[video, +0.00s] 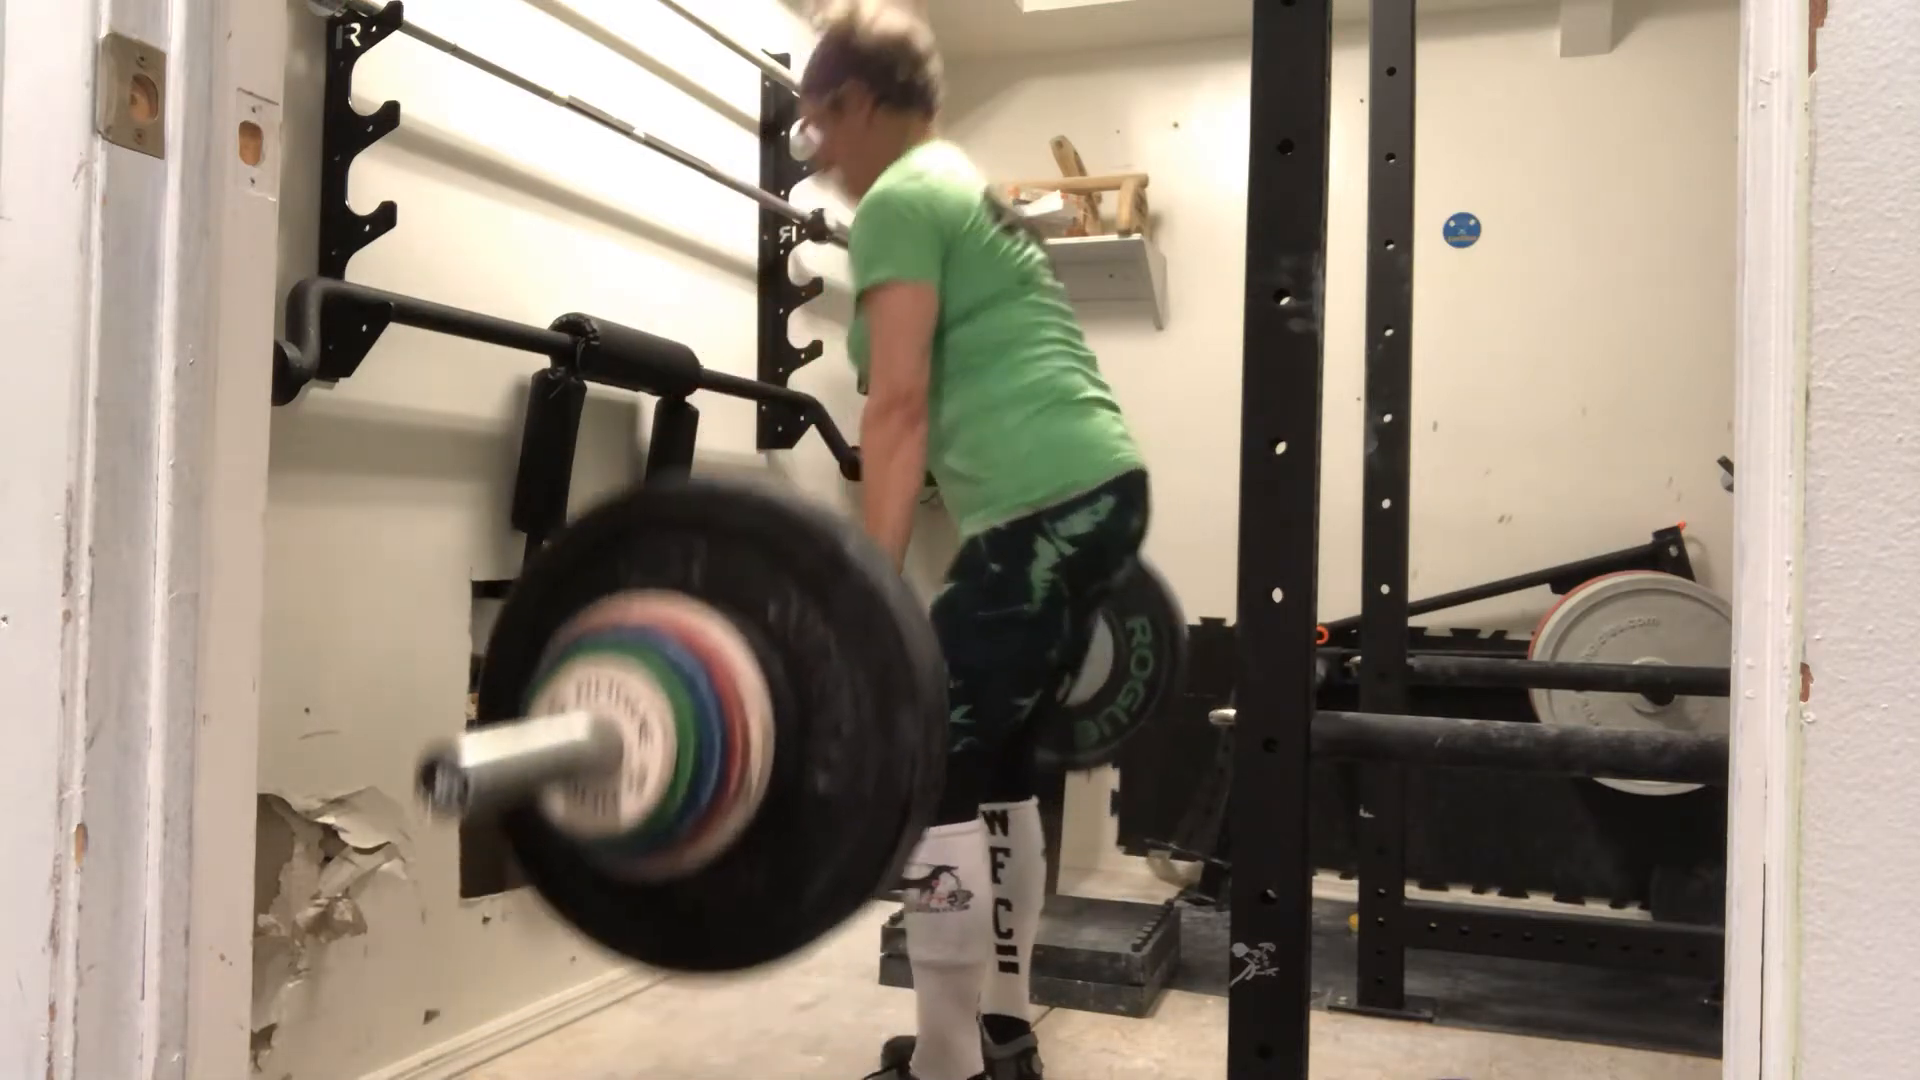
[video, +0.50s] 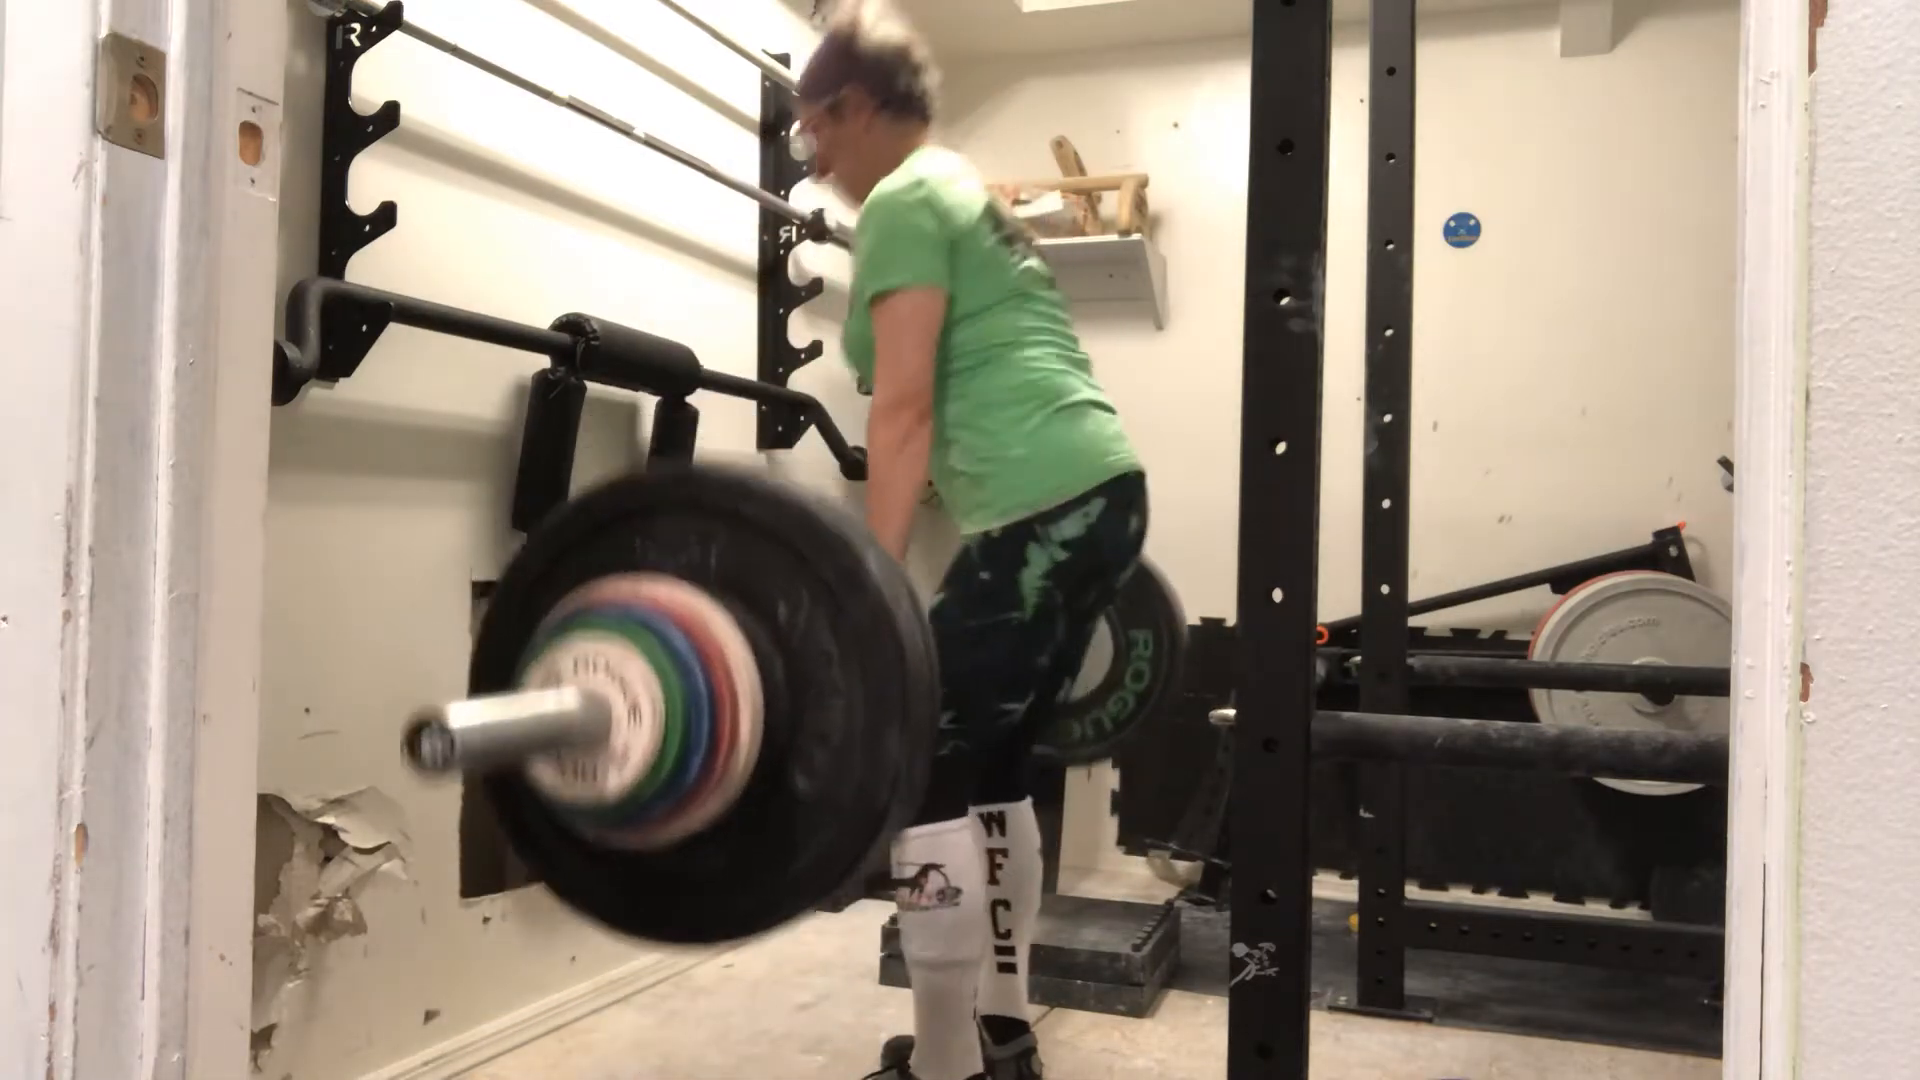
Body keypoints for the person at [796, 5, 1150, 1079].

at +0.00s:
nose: (809, 144)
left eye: (817, 117)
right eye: (807, 121)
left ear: (866, 105)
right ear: (892, 107)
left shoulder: (901, 200)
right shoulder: (950, 185)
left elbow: (897, 407)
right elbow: (934, 395)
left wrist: (868, 586)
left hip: (1039, 509)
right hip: (1092, 491)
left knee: (935, 763)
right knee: (1011, 753)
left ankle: (947, 1060)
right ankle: (1002, 1020)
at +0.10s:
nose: (849, 110)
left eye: (853, 84)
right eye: (842, 91)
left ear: (899, 59)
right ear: (935, 60)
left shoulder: (929, 154)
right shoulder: (996, 152)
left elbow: (915, 362)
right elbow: (1017, 342)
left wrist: (874, 539)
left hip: (998, 493)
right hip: (1064, 476)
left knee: (970, 779)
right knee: (1023, 761)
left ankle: (951, 1058)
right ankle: (1004, 1018)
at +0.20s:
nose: (873, 108)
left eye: (872, 82)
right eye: (865, 91)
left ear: (916, 47)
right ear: (953, 46)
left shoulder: (957, 139)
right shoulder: (1016, 142)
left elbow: (939, 349)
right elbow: (1023, 339)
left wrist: (884, 520)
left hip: (987, 484)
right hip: (1045, 473)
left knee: (964, 769)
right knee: (1022, 758)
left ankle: (950, 1058)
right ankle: (1003, 1024)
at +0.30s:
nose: (880, 120)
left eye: (877, 95)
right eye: (871, 103)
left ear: (919, 56)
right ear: (951, 53)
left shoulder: (964, 146)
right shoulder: (1019, 145)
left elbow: (941, 355)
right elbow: (1015, 344)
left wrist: (878, 521)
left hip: (997, 496)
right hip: (1058, 484)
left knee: (961, 782)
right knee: (1026, 764)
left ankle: (950, 1060)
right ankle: (1004, 1022)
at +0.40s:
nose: (846, 120)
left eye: (853, 94)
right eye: (840, 101)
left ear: (901, 73)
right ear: (932, 76)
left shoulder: (940, 169)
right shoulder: (991, 163)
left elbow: (922, 375)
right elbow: (967, 367)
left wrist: (868, 548)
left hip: (1022, 502)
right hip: (1077, 488)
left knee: (938, 778)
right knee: (1007, 762)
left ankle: (943, 1060)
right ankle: (1000, 1024)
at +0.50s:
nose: (807, 149)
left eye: (815, 122)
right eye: (804, 127)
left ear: (867, 109)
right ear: (887, 113)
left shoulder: (905, 206)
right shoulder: (953, 192)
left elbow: (902, 418)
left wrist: (869, 590)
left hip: (1039, 511)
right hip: (1090, 493)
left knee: (931, 766)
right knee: (1007, 762)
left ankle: (943, 1058)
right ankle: (1001, 1025)